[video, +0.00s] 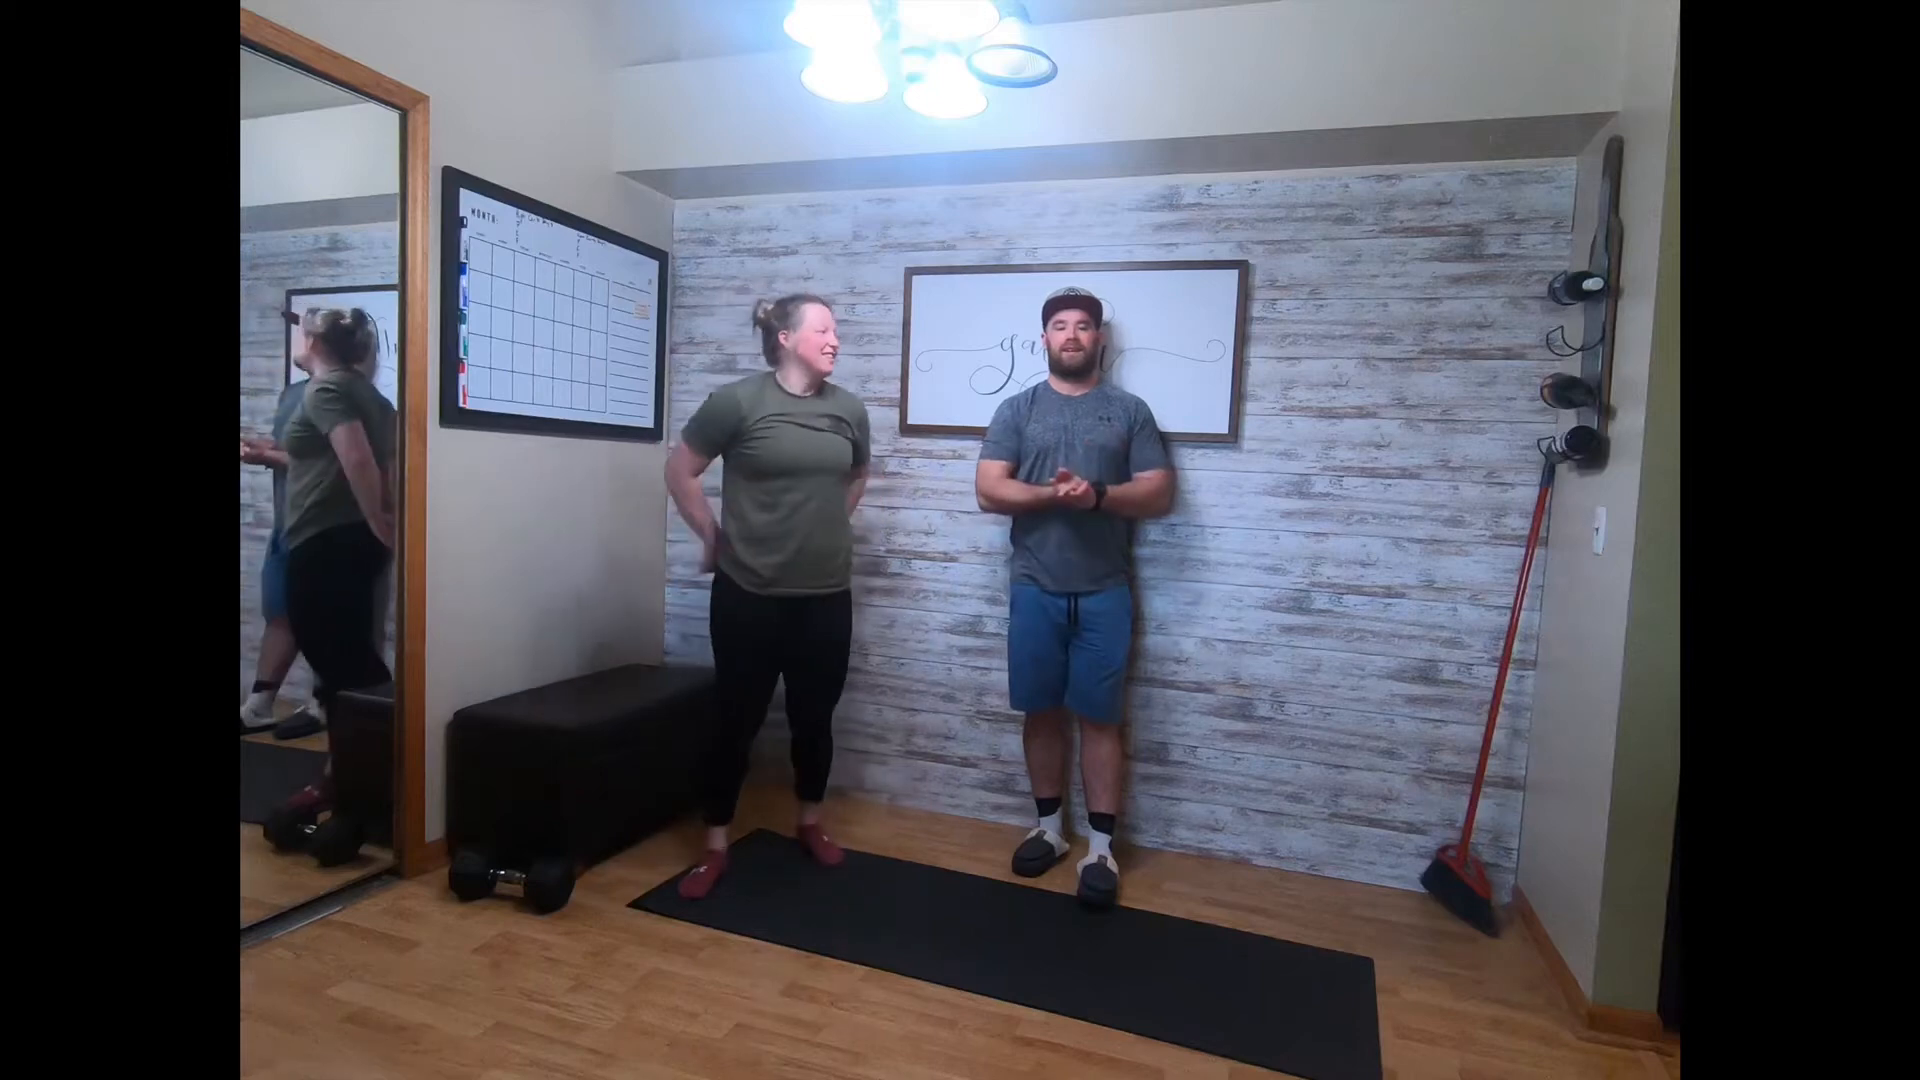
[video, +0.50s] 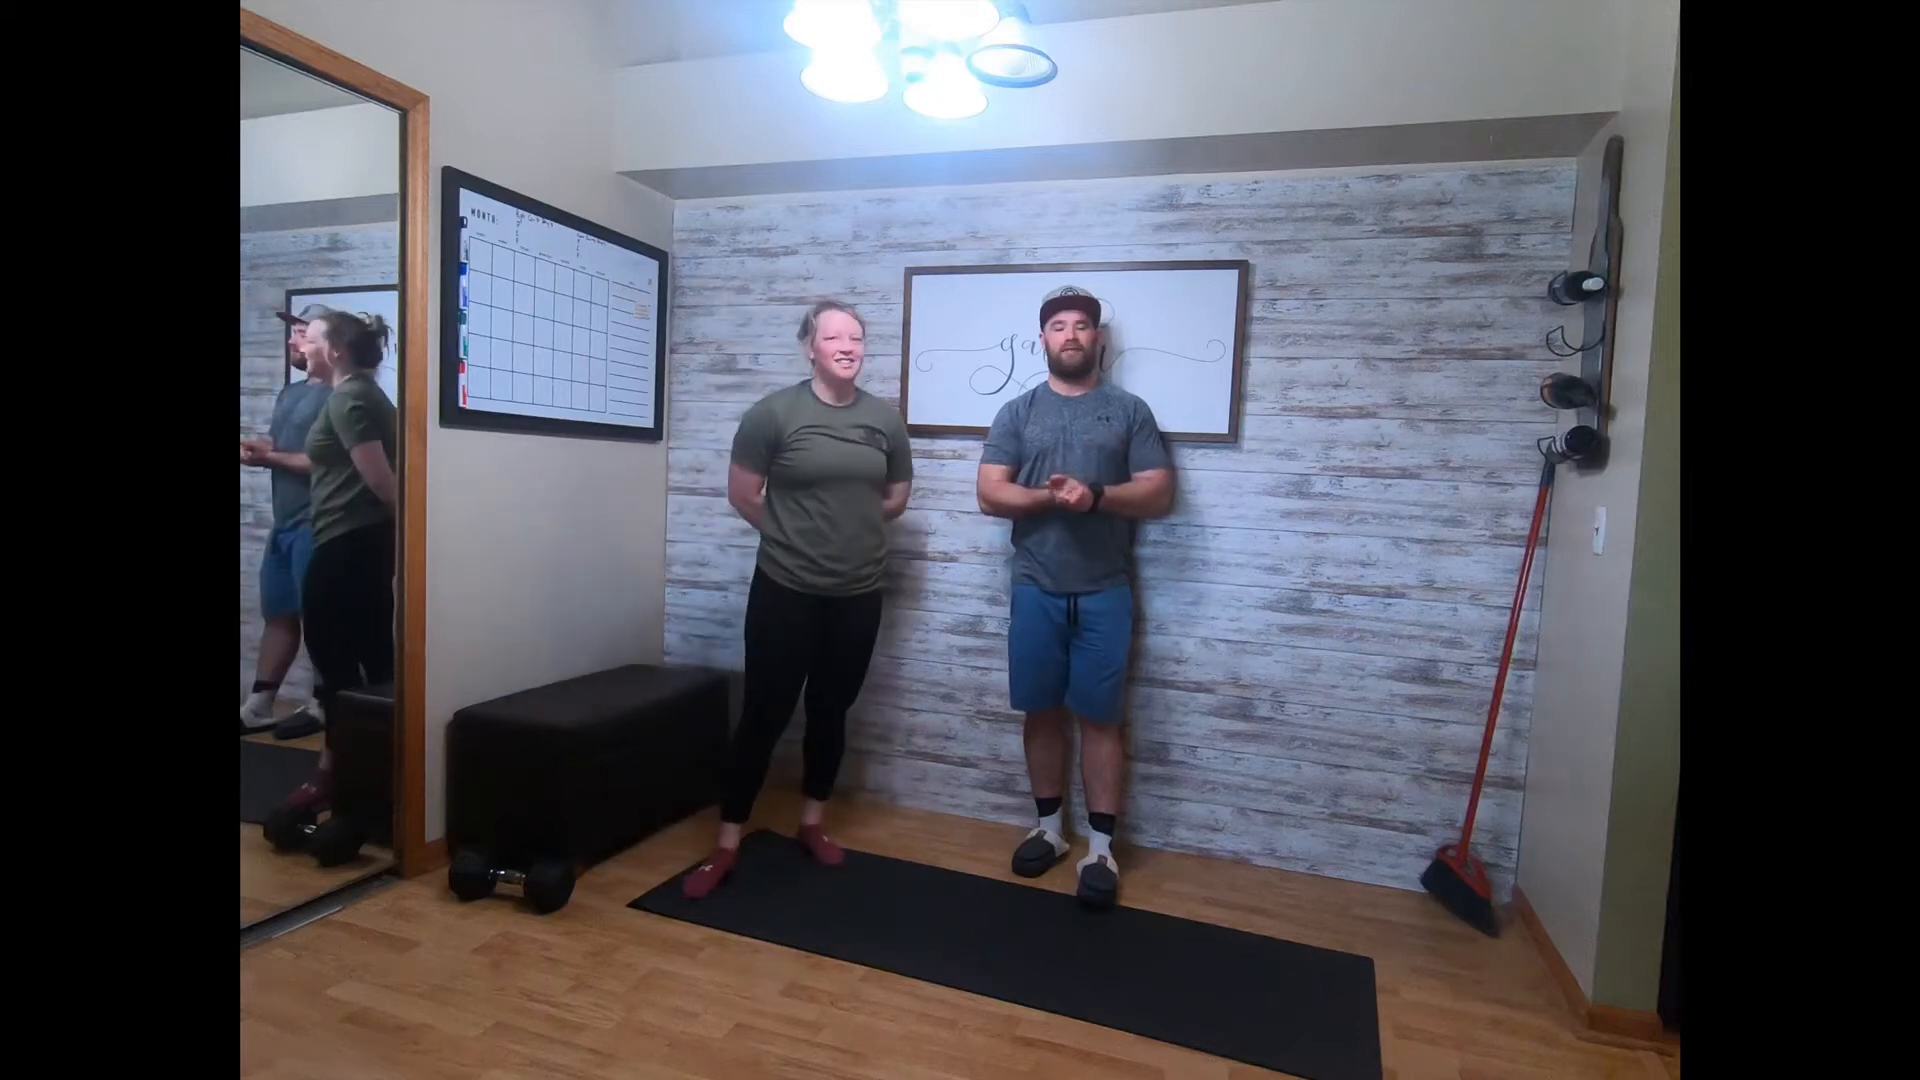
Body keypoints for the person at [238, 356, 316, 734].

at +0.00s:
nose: (294, 336)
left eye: (301, 329)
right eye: (296, 327)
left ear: (317, 340)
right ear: (308, 343)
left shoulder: (335, 397)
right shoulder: (293, 394)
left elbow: (324, 464)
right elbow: (296, 453)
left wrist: (273, 456)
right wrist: (266, 447)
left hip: (319, 525)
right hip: (286, 524)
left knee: (320, 618)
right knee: (279, 612)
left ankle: (321, 705)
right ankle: (259, 703)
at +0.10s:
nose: (295, 343)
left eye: (302, 336)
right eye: (296, 336)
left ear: (323, 343)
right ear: (303, 344)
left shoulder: (336, 396)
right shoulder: (291, 393)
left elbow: (326, 462)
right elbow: (291, 451)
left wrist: (268, 456)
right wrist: (262, 448)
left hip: (321, 526)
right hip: (287, 526)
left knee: (322, 617)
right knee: (278, 612)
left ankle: (321, 704)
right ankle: (260, 703)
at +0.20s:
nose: (294, 339)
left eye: (303, 332)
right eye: (295, 332)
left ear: (325, 343)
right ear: (301, 342)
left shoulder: (335, 397)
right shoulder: (290, 392)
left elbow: (327, 462)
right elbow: (287, 446)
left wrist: (270, 459)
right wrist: (261, 447)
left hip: (318, 526)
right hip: (284, 524)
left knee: (318, 616)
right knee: (279, 613)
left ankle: (325, 704)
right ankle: (260, 703)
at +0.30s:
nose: (294, 339)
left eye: (303, 333)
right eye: (295, 332)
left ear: (325, 345)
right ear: (299, 343)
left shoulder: (333, 397)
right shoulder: (289, 393)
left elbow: (325, 461)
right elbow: (284, 445)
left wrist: (270, 459)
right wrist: (259, 447)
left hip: (316, 521)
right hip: (284, 522)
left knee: (314, 614)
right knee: (279, 612)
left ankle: (327, 702)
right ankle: (261, 702)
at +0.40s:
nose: (294, 339)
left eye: (303, 333)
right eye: (295, 332)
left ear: (325, 345)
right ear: (298, 344)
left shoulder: (331, 397)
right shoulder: (290, 391)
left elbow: (323, 461)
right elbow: (283, 443)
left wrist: (270, 458)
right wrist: (259, 448)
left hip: (316, 520)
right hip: (284, 521)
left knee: (317, 613)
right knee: (280, 611)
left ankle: (326, 704)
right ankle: (260, 703)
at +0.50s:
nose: (294, 338)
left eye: (303, 333)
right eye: (296, 332)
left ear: (324, 345)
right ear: (300, 344)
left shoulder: (334, 397)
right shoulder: (290, 391)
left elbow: (325, 462)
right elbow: (282, 443)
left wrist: (271, 458)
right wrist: (258, 448)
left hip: (317, 521)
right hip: (284, 522)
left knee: (318, 615)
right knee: (279, 613)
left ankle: (325, 704)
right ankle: (260, 703)